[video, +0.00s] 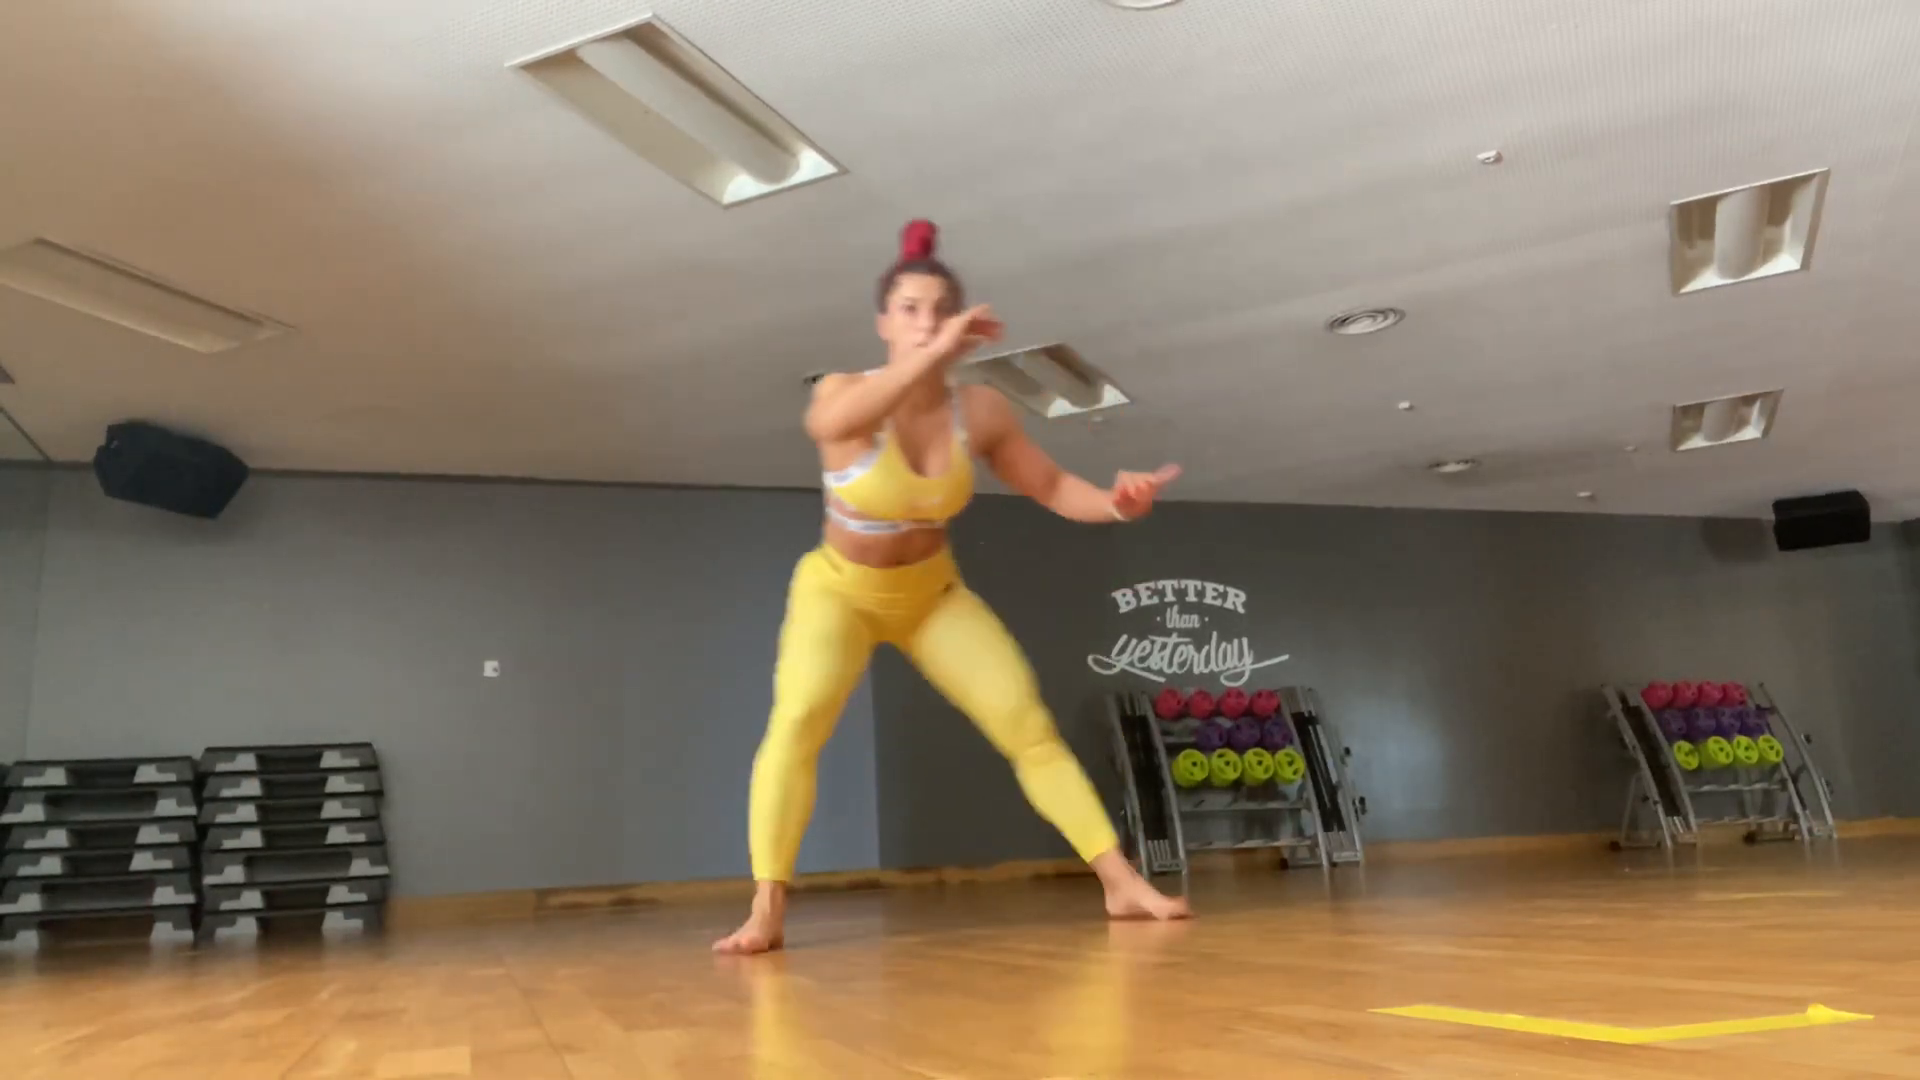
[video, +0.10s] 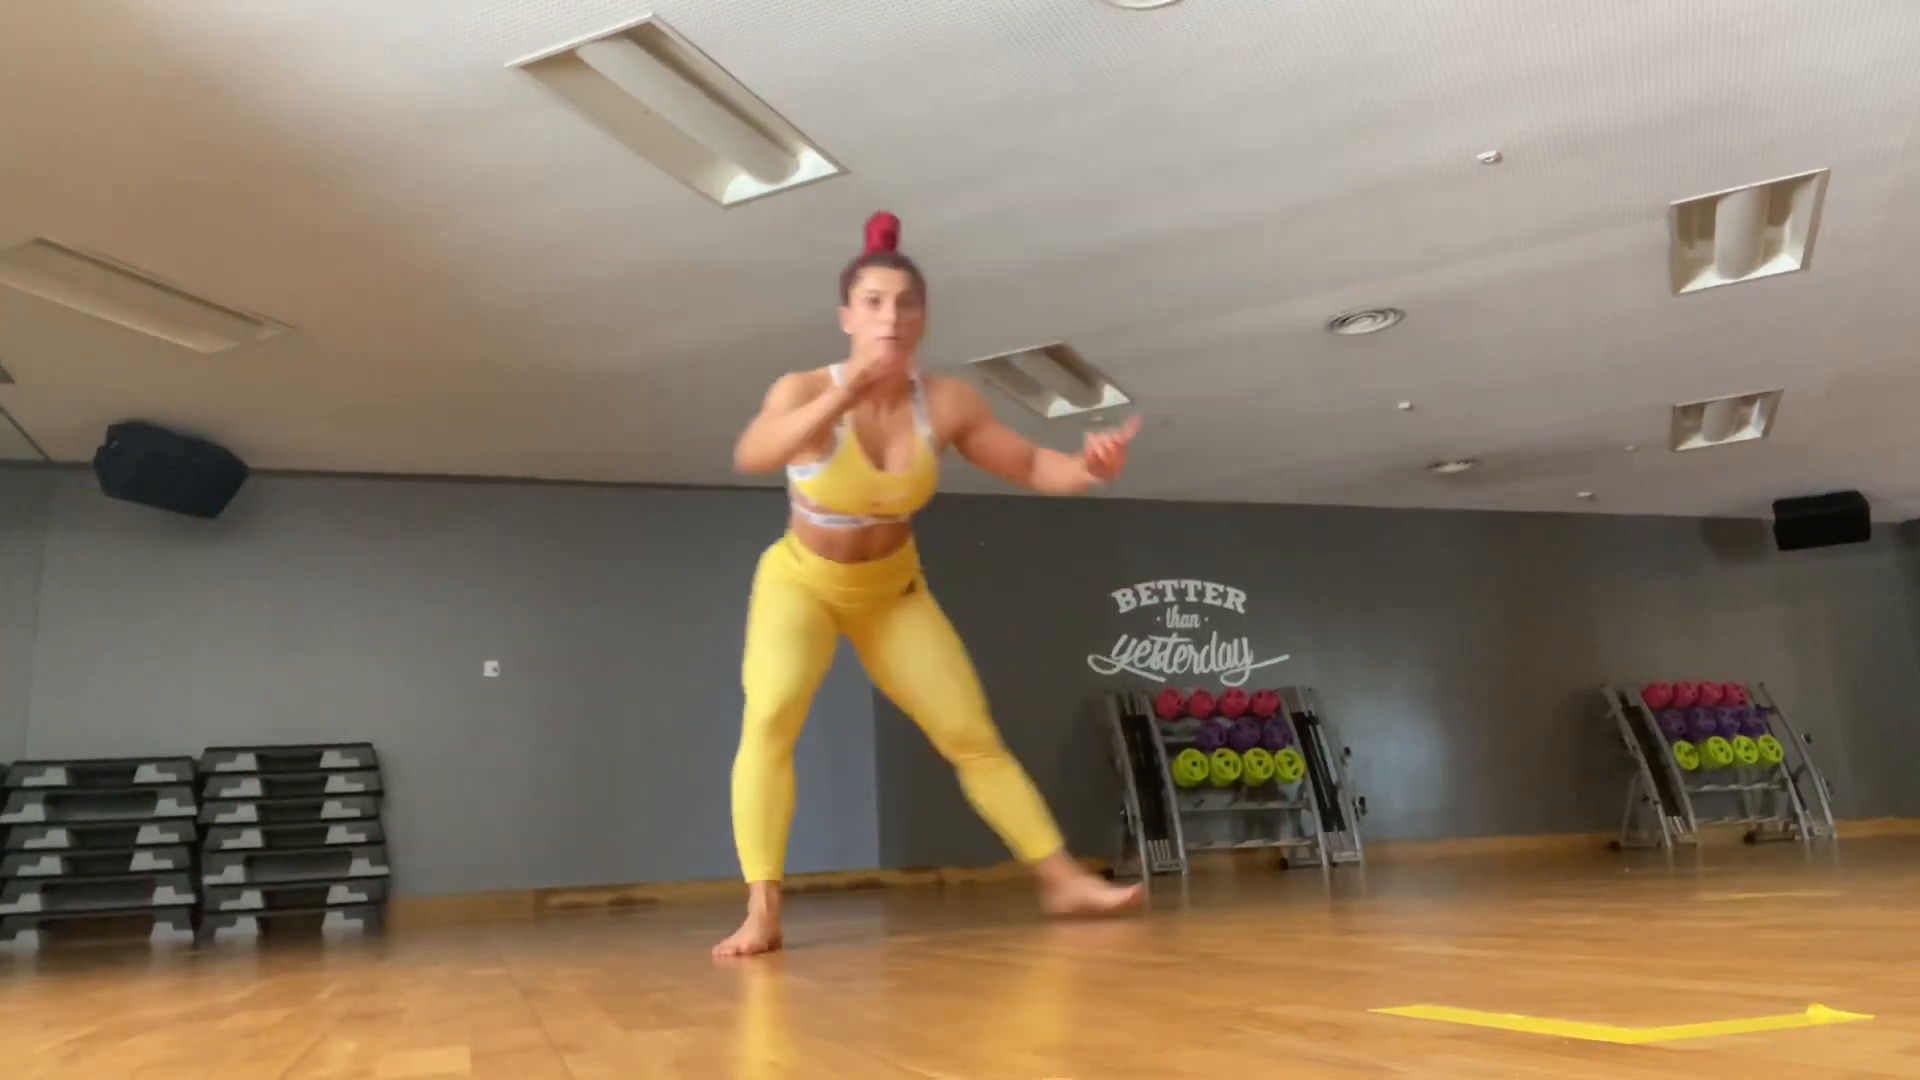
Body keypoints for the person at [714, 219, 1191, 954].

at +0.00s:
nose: (927, 326)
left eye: (941, 312)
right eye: (910, 309)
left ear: (960, 325)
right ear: (881, 321)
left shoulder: (978, 410)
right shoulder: (842, 393)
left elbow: (1051, 486)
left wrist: (1111, 504)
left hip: (934, 594)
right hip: (838, 591)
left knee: (1025, 722)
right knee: (797, 723)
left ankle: (1118, 881)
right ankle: (767, 911)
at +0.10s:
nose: (892, 317)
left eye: (907, 303)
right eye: (874, 303)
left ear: (924, 316)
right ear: (845, 315)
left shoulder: (946, 402)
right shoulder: (805, 391)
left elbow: (1031, 465)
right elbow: (750, 455)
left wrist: (1088, 469)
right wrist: (838, 398)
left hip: (893, 589)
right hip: (800, 583)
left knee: (969, 732)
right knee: (769, 722)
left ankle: (1061, 879)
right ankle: (762, 910)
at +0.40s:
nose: (839, 275)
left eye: (853, 265)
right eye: (826, 264)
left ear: (876, 287)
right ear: (803, 283)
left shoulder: (893, 364)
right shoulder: (759, 372)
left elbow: (963, 356)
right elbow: (688, 462)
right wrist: (612, 519)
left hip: (843, 582)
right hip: (763, 564)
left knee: (793, 733)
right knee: (753, 717)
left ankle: (738, 859)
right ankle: (747, 890)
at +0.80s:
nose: (889, 335)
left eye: (904, 322)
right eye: (874, 320)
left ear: (917, 335)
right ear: (847, 336)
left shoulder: (933, 408)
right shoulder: (811, 413)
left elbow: (977, 413)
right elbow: (738, 497)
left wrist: (896, 362)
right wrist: (686, 513)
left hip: (882, 618)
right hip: (809, 600)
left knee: (800, 770)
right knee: (880, 709)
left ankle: (701, 872)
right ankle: (953, 884)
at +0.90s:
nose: (928, 319)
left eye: (942, 304)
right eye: (913, 304)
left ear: (959, 315)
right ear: (887, 317)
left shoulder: (986, 384)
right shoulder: (860, 402)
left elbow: (1052, 416)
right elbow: (787, 495)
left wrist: (980, 373)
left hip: (950, 595)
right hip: (875, 579)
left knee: (881, 755)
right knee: (927, 705)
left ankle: (783, 855)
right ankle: (966, 895)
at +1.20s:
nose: (1114, 341)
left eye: (1124, 329)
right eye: (1098, 325)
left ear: (1131, 344)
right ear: (1058, 341)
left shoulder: (1134, 413)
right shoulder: (1015, 423)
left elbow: (1227, 469)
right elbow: (1027, 505)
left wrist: (1196, 405)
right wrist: (1110, 443)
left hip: (1069, 607)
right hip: (987, 591)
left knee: (1162, 718)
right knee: (1011, 701)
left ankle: (1211, 864)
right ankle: (981, 894)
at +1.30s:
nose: (1184, 357)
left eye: (1194, 347)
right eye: (1168, 342)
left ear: (1201, 365)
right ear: (1126, 356)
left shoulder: (1195, 438)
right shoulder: (1077, 435)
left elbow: (1287, 463)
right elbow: (1044, 527)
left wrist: (1245, 389)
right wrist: (1115, 499)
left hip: (1112, 623)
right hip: (1033, 601)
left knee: (1214, 725)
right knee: (1050, 712)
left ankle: (1324, 853)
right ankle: (983, 889)